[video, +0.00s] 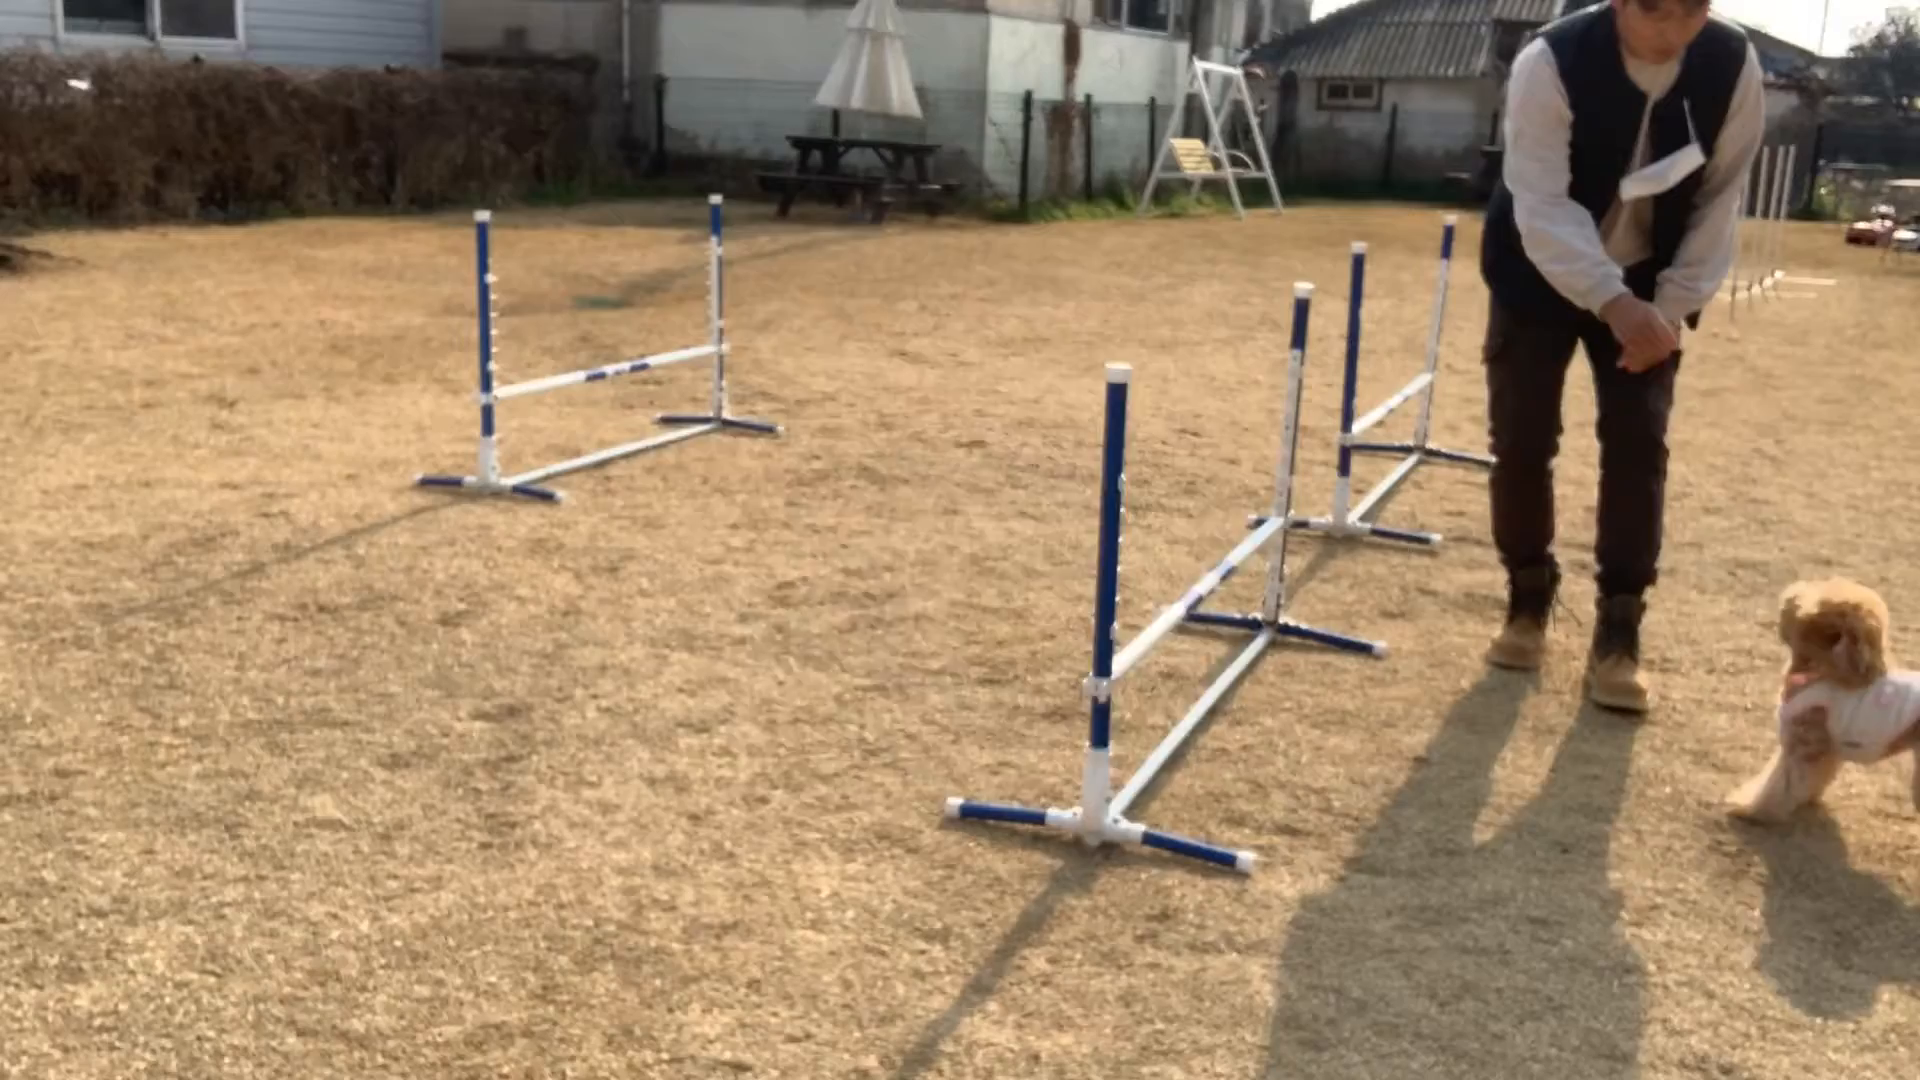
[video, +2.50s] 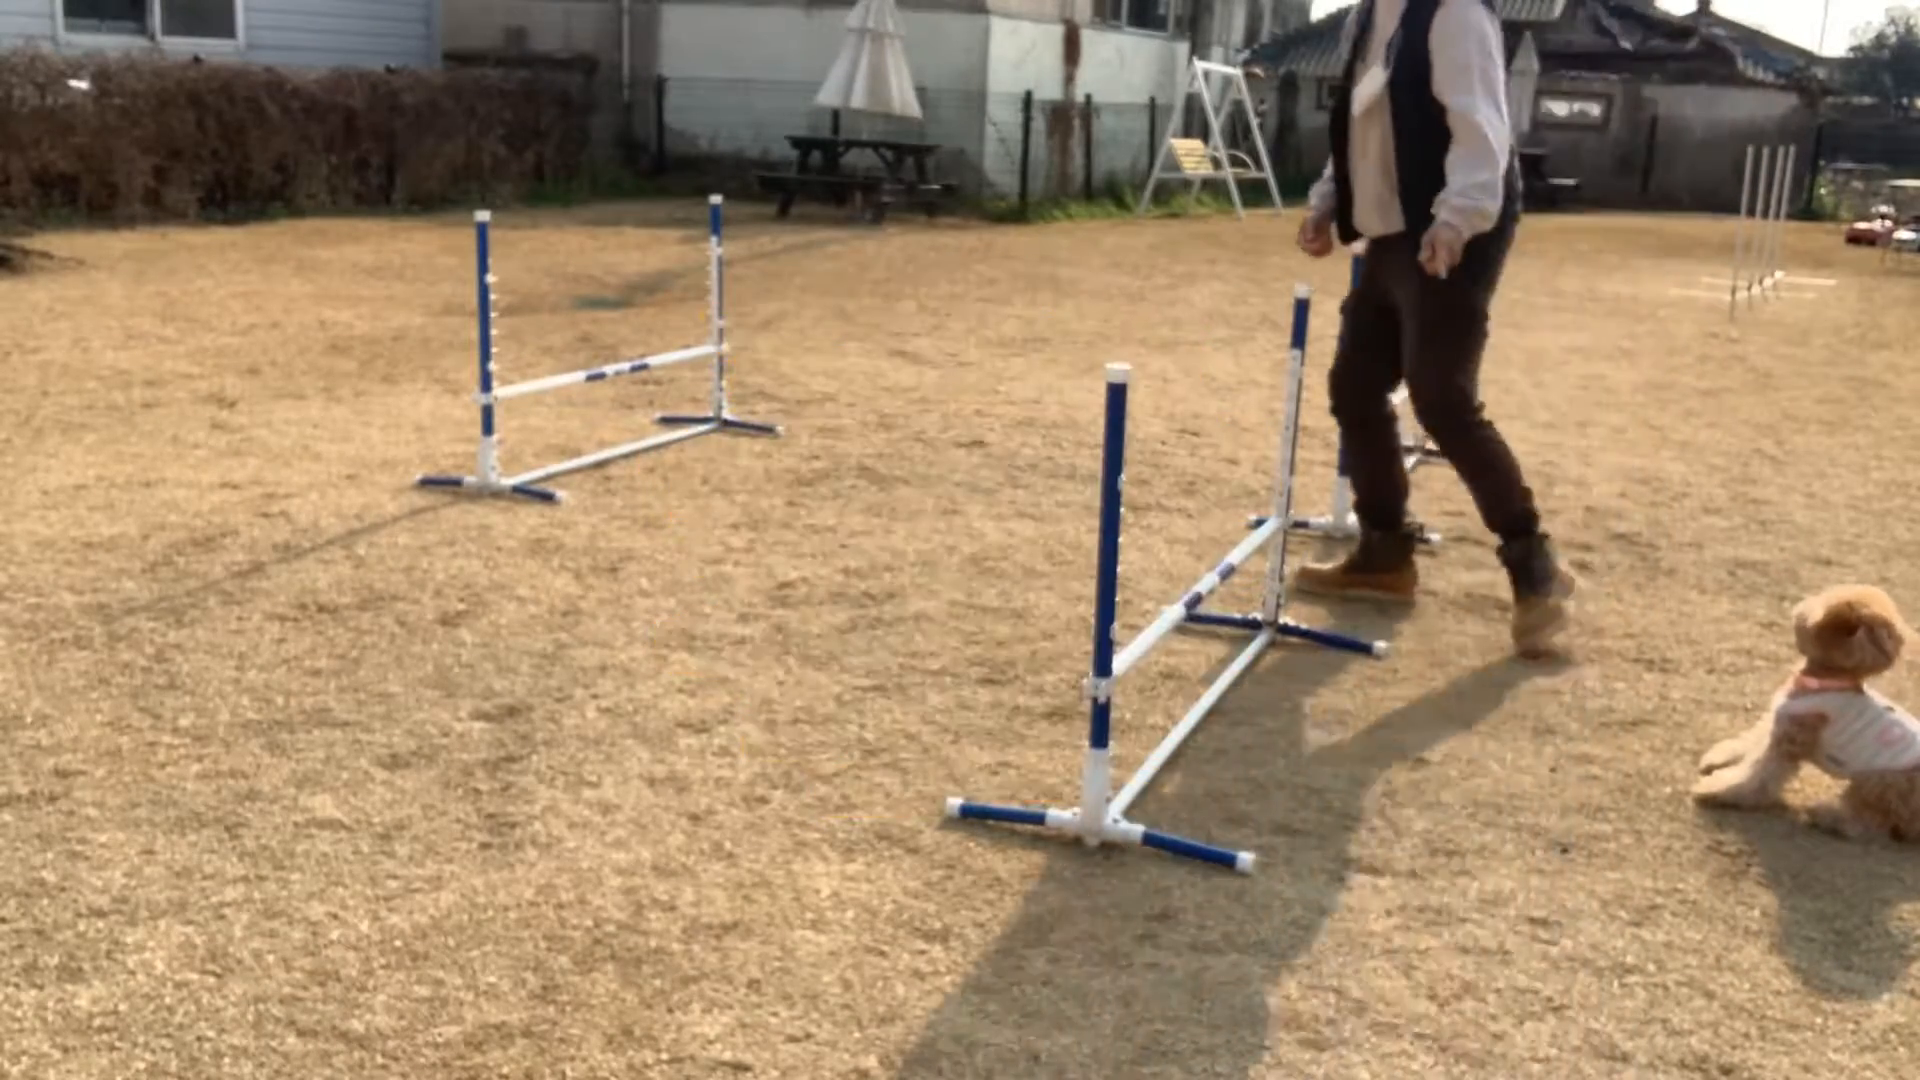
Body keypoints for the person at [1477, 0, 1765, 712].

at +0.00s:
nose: (1679, 26)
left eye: (1691, 12)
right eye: (1662, 13)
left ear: (1706, 8)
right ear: (1622, 3)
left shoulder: (1734, 68)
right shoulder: (1549, 63)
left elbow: (1721, 202)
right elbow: (1541, 209)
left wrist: (1672, 309)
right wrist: (1614, 299)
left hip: (1648, 282)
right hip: (1538, 269)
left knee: (1638, 449)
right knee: (1520, 444)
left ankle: (1618, 639)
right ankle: (1525, 605)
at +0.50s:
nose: (1687, 136)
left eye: (1708, 122)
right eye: (1674, 118)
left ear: (1732, 97)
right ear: (1639, 79)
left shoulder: (1750, 122)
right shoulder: (1568, 119)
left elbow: (1714, 246)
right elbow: (1550, 270)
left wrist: (1659, 349)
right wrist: (1641, 340)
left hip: (1640, 288)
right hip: (1536, 278)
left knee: (1630, 450)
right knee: (1527, 443)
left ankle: (1618, 639)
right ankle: (1525, 608)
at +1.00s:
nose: (1686, 11)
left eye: (1693, 1)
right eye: (1670, 0)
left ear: (1699, 2)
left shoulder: (1734, 64)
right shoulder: (1547, 54)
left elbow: (1728, 196)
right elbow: (1510, 199)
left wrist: (1677, 284)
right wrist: (1599, 255)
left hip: (1647, 285)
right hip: (1539, 273)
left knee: (1634, 453)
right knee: (1525, 444)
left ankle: (1618, 640)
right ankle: (1525, 608)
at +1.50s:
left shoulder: (1715, 11)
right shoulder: (1524, 6)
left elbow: (1732, 121)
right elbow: (1480, 114)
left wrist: (1677, 205)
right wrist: (1551, 166)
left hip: (1638, 255)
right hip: (1534, 247)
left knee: (1610, 438)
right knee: (1522, 433)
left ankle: (1579, 603)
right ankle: (1526, 604)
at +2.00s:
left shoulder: (1708, 12)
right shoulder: (1524, 5)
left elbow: (1728, 128)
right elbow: (1469, 98)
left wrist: (1671, 227)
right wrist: (1504, 181)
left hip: (1619, 254)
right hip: (1516, 241)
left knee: (1600, 435)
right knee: (1494, 417)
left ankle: (1577, 604)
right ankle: (1508, 586)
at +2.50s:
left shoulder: (1459, 14)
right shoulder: (1371, 17)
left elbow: (1483, 129)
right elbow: (1365, 126)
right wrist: (1329, 201)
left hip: (1451, 236)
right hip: (1388, 239)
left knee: (1444, 403)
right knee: (1355, 390)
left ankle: (1535, 576)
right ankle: (1384, 555)